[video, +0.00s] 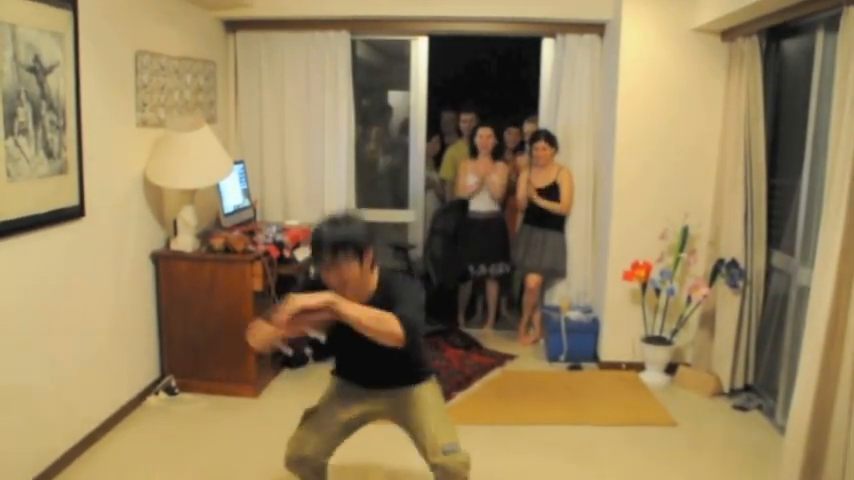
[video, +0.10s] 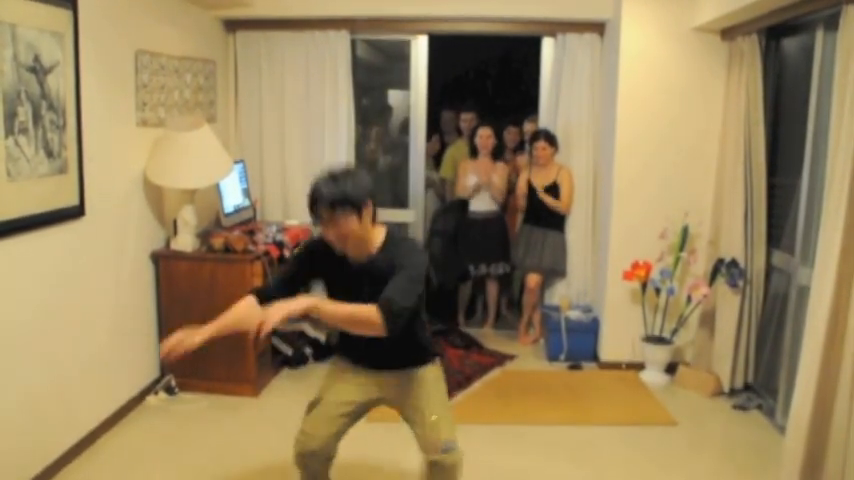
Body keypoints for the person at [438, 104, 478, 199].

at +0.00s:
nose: (467, 125)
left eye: (471, 121)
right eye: (463, 122)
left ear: (477, 123)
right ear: (459, 124)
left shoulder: (485, 148)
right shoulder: (453, 151)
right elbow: (448, 183)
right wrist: (451, 208)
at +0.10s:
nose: (468, 125)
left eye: (471, 120)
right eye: (464, 121)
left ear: (477, 122)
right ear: (459, 123)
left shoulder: (485, 147)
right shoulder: (453, 150)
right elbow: (448, 183)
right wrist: (451, 208)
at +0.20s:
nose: (468, 124)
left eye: (472, 120)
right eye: (464, 120)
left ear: (477, 122)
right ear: (459, 123)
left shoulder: (486, 146)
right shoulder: (454, 149)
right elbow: (449, 182)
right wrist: (451, 207)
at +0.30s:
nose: (468, 124)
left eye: (472, 119)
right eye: (464, 120)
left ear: (477, 121)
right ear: (459, 122)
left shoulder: (485, 145)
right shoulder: (454, 148)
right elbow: (448, 180)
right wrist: (451, 206)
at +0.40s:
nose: (468, 123)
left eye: (472, 118)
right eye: (465, 119)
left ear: (478, 120)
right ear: (460, 121)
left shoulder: (486, 146)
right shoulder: (454, 148)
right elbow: (448, 179)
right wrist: (451, 204)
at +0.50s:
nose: (469, 120)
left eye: (472, 116)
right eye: (465, 116)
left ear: (478, 118)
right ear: (460, 119)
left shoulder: (485, 141)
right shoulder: (455, 144)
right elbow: (449, 176)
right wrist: (452, 203)